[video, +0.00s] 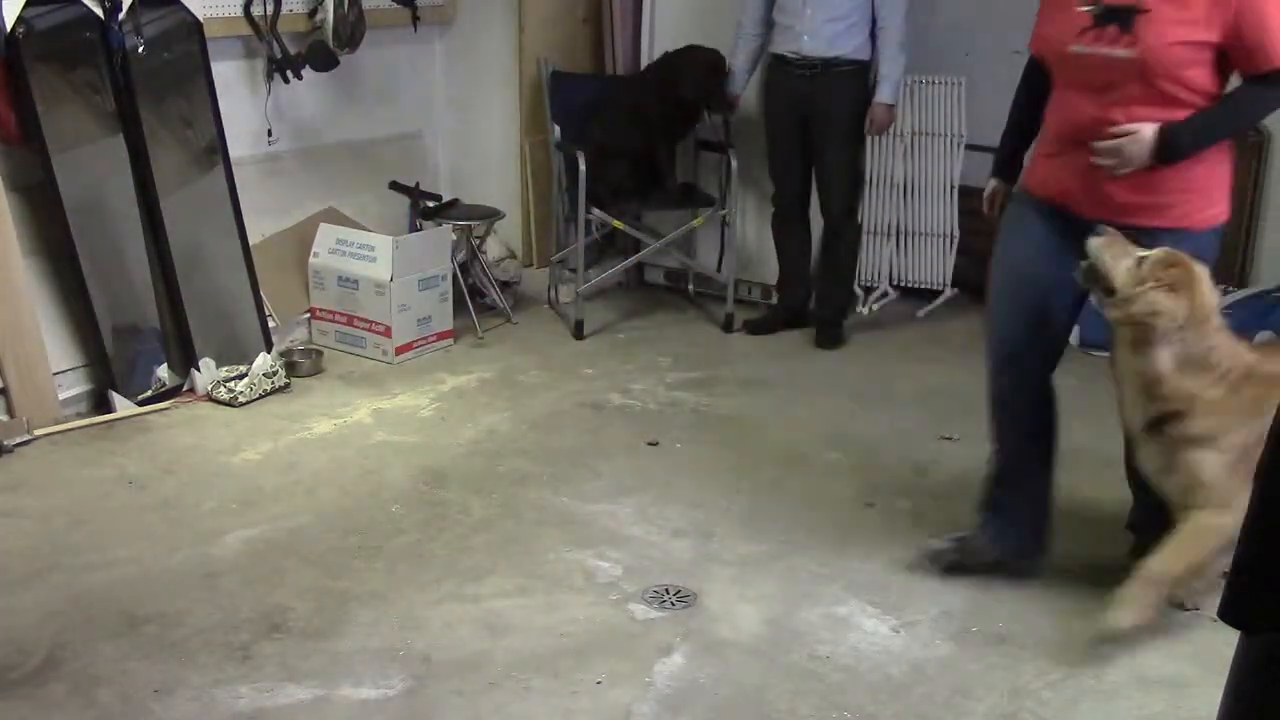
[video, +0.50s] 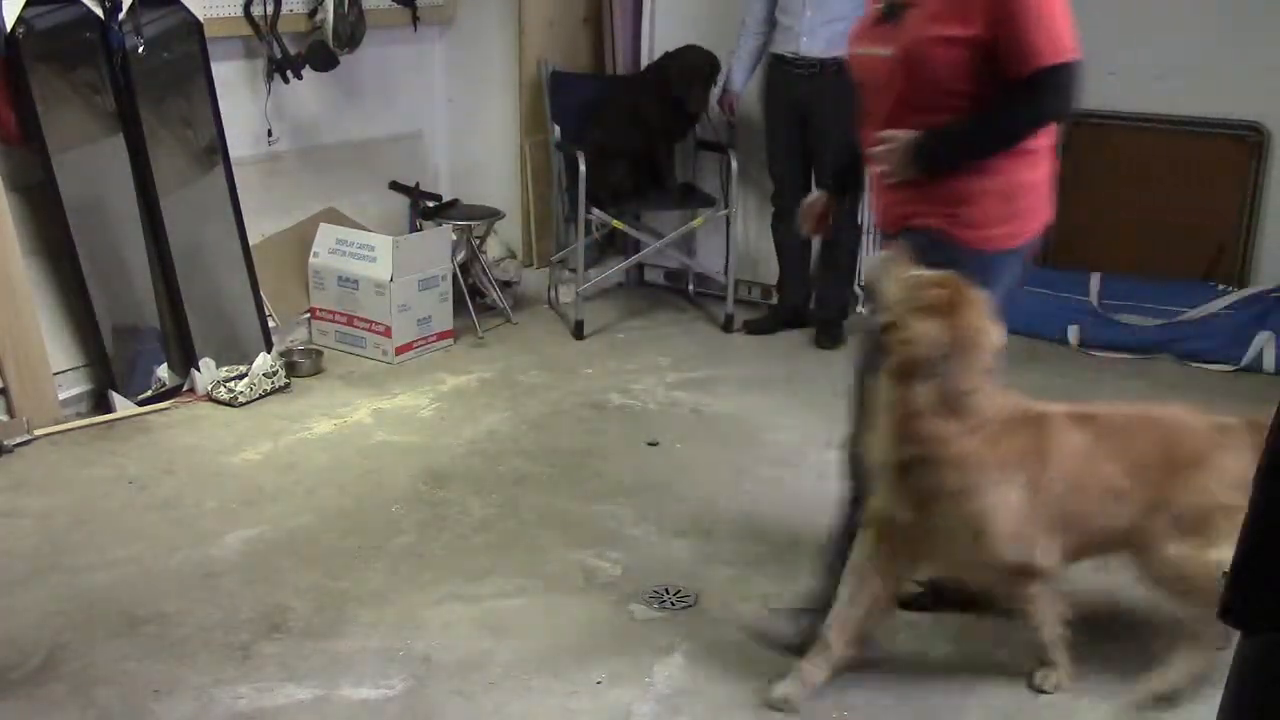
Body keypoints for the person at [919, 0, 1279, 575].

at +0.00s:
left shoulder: (1235, 5)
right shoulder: (1062, 3)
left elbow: (1271, 79)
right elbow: (1043, 67)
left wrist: (1168, 141)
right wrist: (1006, 166)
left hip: (1170, 208)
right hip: (1054, 191)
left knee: (1153, 379)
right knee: (1014, 353)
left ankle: (1157, 546)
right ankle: (1011, 534)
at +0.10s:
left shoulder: (1200, 5)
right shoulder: (1035, 5)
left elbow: (1243, 92)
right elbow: (1023, 80)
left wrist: (1129, 154)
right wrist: (994, 179)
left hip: (1144, 225)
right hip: (1029, 212)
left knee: (1146, 405)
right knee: (995, 385)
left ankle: (1165, 561)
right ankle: (982, 563)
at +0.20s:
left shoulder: (1151, 5)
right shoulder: (999, 5)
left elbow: (1194, 97)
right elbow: (988, 94)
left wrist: (1077, 158)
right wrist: (963, 192)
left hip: (1105, 233)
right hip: (994, 220)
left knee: (1109, 408)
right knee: (974, 394)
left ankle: (1128, 574)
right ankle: (980, 568)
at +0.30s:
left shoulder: (1112, 6)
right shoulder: (965, 8)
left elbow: (1147, 93)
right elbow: (958, 98)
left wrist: (1025, 153)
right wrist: (916, 188)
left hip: (1059, 227)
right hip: (963, 217)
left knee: (1044, 402)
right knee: (960, 401)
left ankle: (1058, 563)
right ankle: (973, 565)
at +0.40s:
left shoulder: (1071, 7)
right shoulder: (924, 9)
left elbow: (1104, 88)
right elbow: (917, 105)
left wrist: (981, 149)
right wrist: (873, 184)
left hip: (1026, 220)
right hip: (938, 214)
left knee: (995, 405)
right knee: (929, 405)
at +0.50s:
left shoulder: (1012, 4)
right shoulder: (884, 10)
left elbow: (1053, 89)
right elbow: (879, 106)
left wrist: (930, 150)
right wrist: (835, 188)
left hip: (981, 225)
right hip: (910, 221)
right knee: (948, 406)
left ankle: (839, 610)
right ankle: (979, 572)